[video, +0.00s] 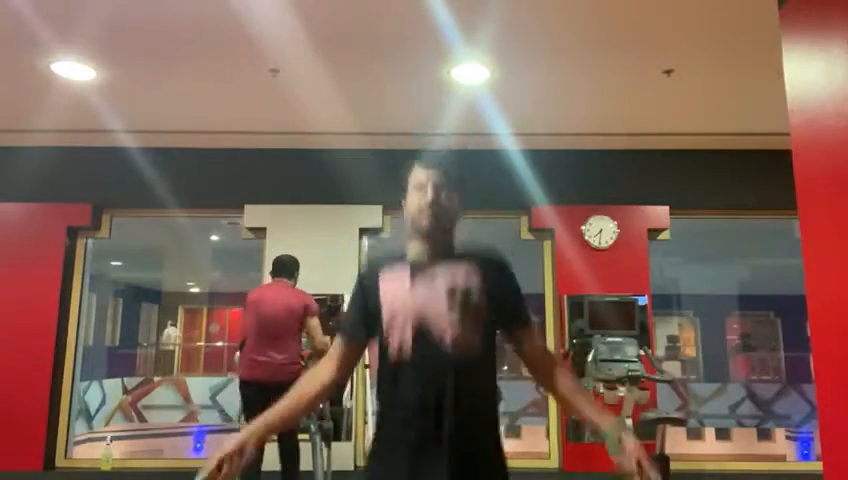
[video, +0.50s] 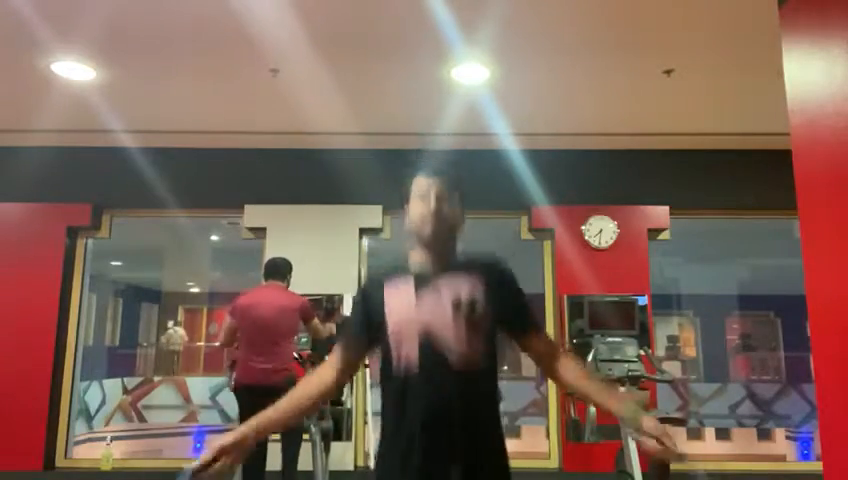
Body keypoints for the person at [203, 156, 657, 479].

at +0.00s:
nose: (431, 198)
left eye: (442, 188)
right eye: (420, 188)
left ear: (460, 205)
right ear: (402, 205)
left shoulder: (488, 271)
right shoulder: (377, 277)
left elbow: (541, 362)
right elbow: (329, 371)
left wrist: (612, 430)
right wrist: (251, 434)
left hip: (475, 459)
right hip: (396, 459)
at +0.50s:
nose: (427, 209)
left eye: (439, 200)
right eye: (418, 199)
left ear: (460, 215)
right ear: (404, 212)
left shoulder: (489, 281)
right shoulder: (378, 292)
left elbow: (552, 359)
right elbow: (327, 376)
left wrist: (629, 410)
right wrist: (244, 435)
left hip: (478, 462)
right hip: (401, 463)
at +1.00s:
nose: (427, 215)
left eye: (438, 207)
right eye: (417, 206)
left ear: (456, 220)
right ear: (401, 220)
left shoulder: (487, 291)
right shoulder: (375, 299)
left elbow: (550, 379)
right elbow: (322, 385)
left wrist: (624, 432)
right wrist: (236, 442)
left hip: (472, 466)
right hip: (397, 466)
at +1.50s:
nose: (426, 230)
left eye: (438, 220)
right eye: (416, 220)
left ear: (458, 233)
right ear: (402, 230)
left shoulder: (488, 303)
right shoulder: (376, 307)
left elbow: (546, 382)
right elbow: (320, 390)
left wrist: (623, 433)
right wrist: (236, 440)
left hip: (470, 466)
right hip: (397, 466)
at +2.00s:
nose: (431, 239)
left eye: (443, 227)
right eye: (420, 227)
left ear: (463, 236)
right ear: (405, 235)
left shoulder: (490, 307)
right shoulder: (379, 312)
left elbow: (550, 384)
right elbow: (323, 389)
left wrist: (629, 435)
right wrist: (239, 431)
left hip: (472, 469)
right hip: (398, 468)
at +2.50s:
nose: (427, 238)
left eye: (439, 228)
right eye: (417, 229)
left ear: (459, 241)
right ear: (402, 243)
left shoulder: (490, 311)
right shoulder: (376, 317)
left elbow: (556, 378)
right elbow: (317, 399)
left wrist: (639, 416)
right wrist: (230, 442)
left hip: (474, 468)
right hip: (399, 468)